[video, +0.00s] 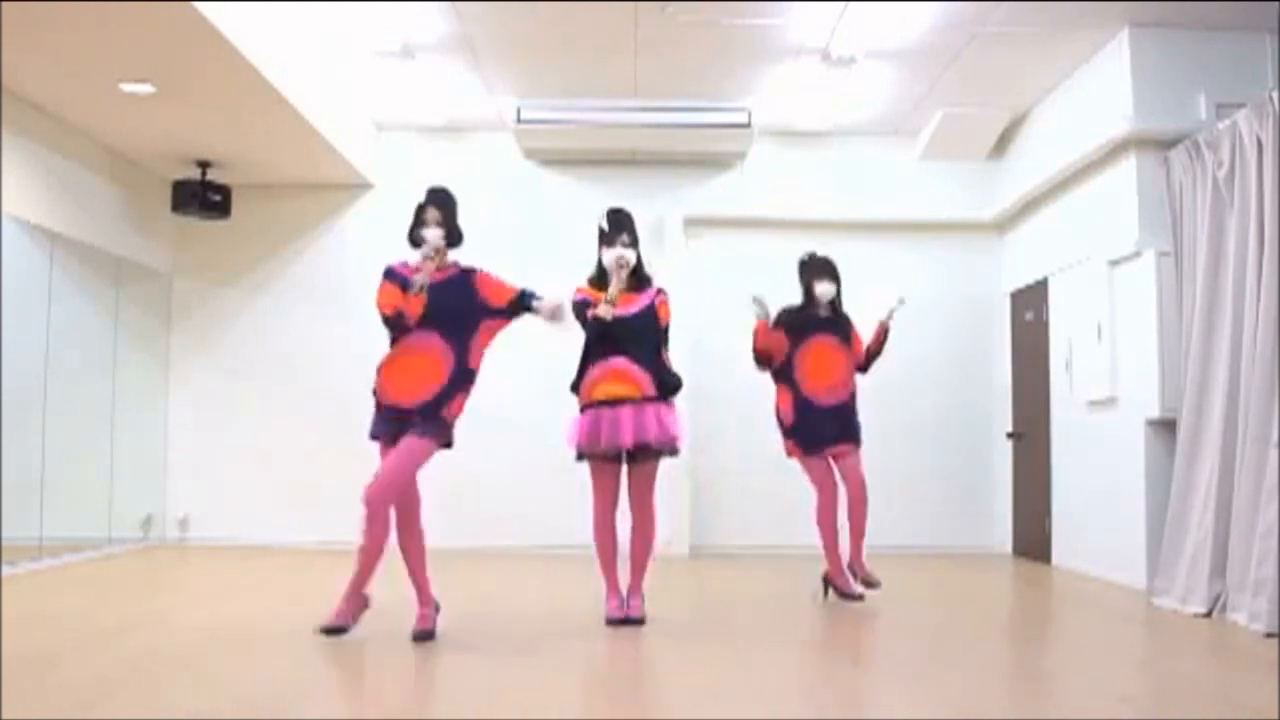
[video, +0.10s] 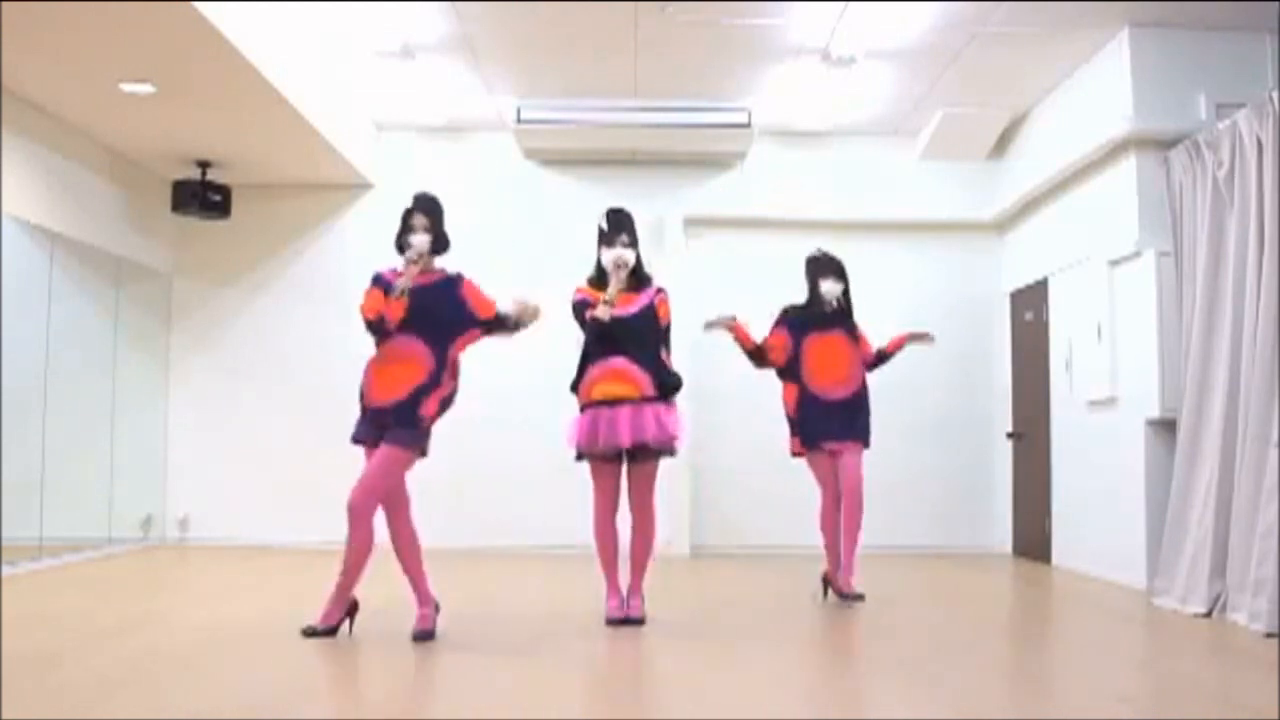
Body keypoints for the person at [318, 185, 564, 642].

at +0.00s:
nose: (433, 233)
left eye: (441, 226)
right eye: (426, 225)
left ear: (454, 231)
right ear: (414, 229)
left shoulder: (473, 282)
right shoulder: (398, 276)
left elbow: (515, 298)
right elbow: (396, 323)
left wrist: (544, 307)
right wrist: (422, 277)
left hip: (439, 411)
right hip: (392, 406)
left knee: (377, 495)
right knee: (406, 507)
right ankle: (426, 602)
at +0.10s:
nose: (416, 238)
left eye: (426, 231)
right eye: (410, 230)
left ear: (438, 237)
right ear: (401, 234)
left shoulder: (455, 288)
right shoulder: (385, 282)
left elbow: (489, 321)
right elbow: (377, 327)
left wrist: (516, 319)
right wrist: (402, 284)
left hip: (418, 411)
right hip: (376, 407)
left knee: (361, 501)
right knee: (395, 507)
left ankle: (341, 598)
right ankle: (426, 601)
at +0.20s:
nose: (400, 237)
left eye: (409, 231)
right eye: (396, 229)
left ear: (427, 237)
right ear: (388, 234)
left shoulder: (443, 291)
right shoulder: (375, 283)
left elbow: (463, 350)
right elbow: (356, 326)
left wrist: (497, 329)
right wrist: (378, 280)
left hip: (399, 410)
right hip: (364, 407)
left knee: (343, 501)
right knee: (391, 514)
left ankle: (339, 599)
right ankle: (424, 601)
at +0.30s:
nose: (377, 240)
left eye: (383, 232)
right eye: (379, 232)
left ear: (403, 238)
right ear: (404, 239)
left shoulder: (429, 287)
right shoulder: (384, 282)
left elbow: (424, 329)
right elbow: (352, 321)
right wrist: (352, 275)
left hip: (383, 406)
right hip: (367, 404)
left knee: (329, 500)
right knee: (387, 510)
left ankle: (339, 599)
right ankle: (424, 598)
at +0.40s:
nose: (370, 243)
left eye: (374, 236)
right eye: (372, 237)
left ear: (384, 236)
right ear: (411, 239)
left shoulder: (388, 278)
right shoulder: (416, 281)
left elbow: (372, 340)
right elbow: (370, 337)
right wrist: (321, 307)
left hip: (363, 400)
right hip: (397, 404)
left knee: (320, 496)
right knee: (392, 504)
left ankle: (332, 599)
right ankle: (428, 598)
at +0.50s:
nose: (409, 235)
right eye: (413, 228)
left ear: (370, 226)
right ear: (413, 230)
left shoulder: (343, 270)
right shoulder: (422, 278)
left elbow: (328, 327)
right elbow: (431, 326)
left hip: (348, 397)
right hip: (400, 400)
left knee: (334, 505)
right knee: (408, 506)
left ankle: (319, 602)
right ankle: (420, 601)